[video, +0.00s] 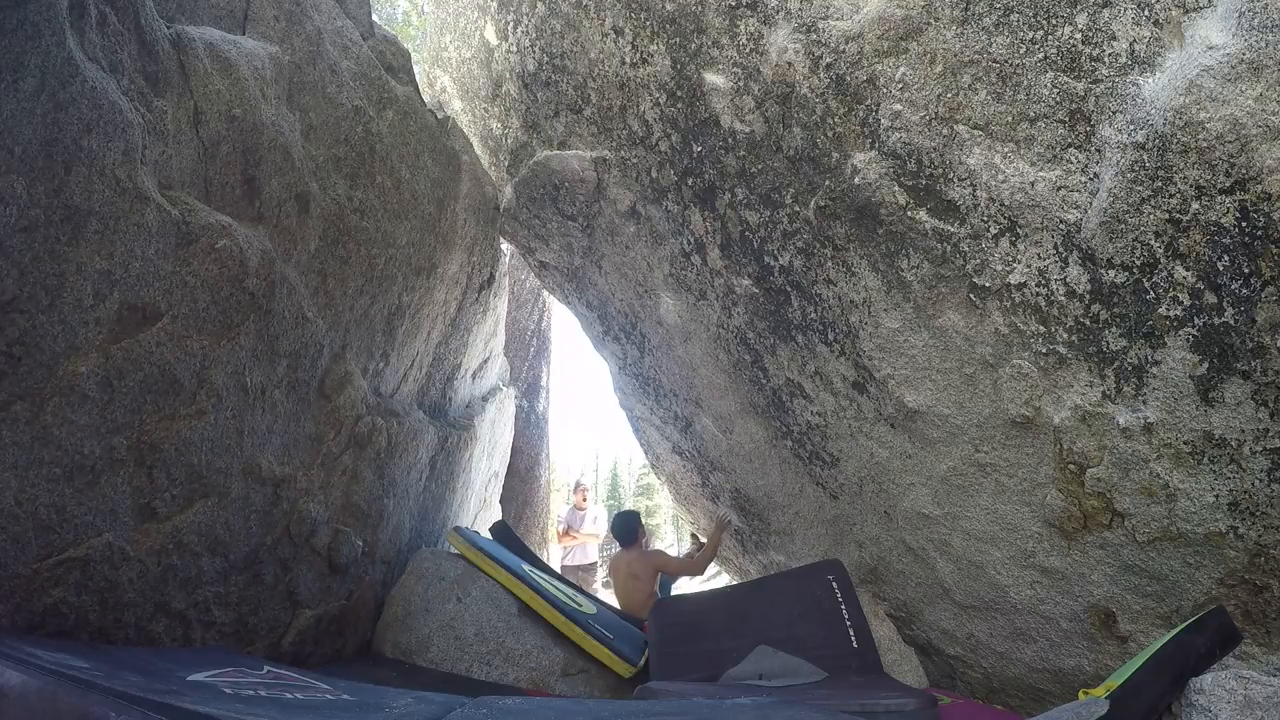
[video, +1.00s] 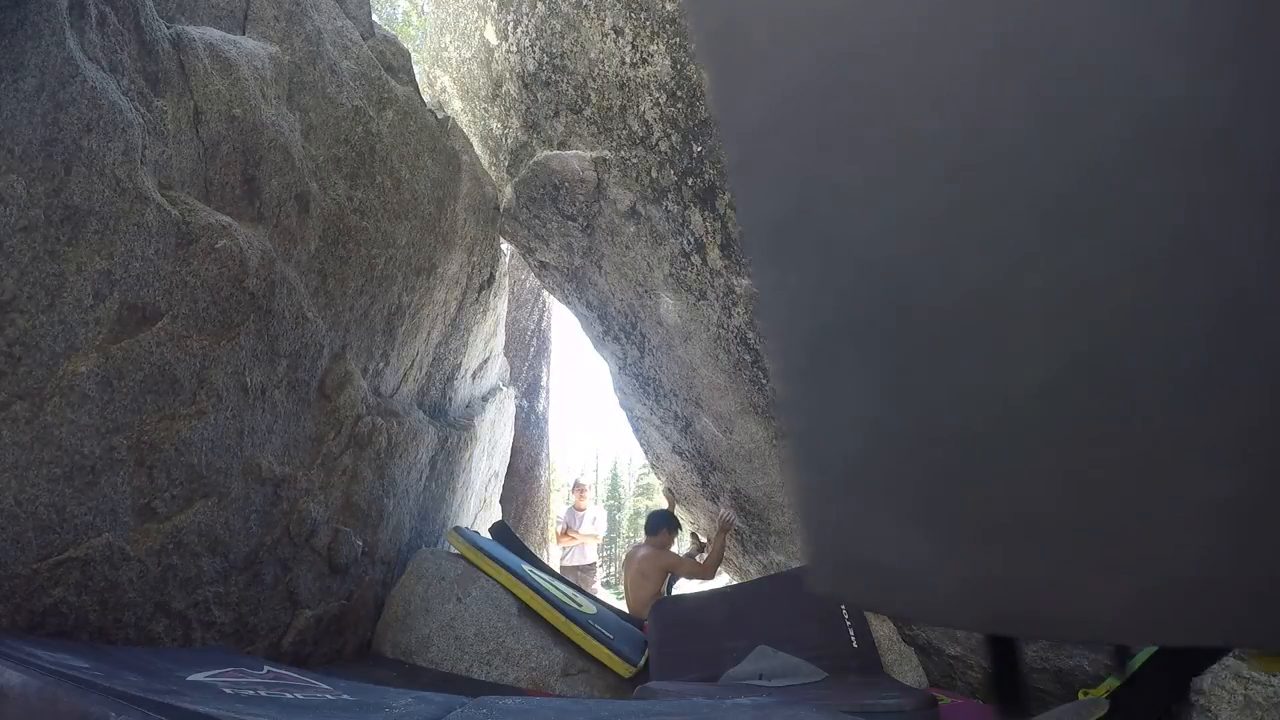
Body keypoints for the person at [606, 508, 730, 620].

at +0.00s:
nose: (645, 530)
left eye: (642, 527)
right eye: (643, 527)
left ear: (617, 537)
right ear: (640, 533)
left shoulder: (615, 561)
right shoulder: (651, 558)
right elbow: (697, 568)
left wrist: (689, 556)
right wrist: (717, 532)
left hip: (630, 622)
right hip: (653, 624)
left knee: (664, 577)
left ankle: (692, 552)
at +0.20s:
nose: (652, 524)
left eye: (651, 521)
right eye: (651, 522)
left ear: (627, 533)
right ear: (649, 528)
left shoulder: (624, 556)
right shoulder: (660, 556)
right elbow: (704, 571)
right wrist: (721, 533)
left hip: (633, 620)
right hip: (655, 623)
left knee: (670, 574)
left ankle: (693, 551)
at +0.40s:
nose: (659, 524)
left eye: (658, 522)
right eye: (657, 522)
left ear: (634, 533)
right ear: (656, 530)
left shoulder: (631, 553)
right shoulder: (664, 555)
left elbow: (657, 532)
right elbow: (707, 572)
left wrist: (666, 508)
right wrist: (721, 534)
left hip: (635, 621)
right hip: (657, 623)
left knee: (671, 573)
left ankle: (693, 551)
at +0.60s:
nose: (666, 527)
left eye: (665, 524)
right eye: (665, 524)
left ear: (640, 531)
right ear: (660, 529)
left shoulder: (632, 553)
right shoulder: (665, 556)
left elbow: (663, 529)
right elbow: (709, 572)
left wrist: (669, 506)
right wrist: (722, 533)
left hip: (636, 622)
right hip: (656, 624)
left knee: (671, 575)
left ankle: (694, 550)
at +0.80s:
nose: (671, 533)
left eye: (671, 529)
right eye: (671, 529)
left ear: (646, 530)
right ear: (664, 531)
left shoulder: (632, 552)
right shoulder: (663, 557)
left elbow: (654, 530)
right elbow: (708, 572)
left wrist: (670, 506)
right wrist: (722, 533)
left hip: (636, 621)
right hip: (655, 623)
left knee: (672, 573)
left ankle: (694, 550)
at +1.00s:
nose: (673, 541)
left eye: (674, 537)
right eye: (673, 536)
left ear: (648, 530)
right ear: (664, 533)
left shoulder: (632, 552)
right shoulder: (662, 557)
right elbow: (708, 572)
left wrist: (671, 506)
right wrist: (721, 533)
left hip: (636, 621)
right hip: (654, 624)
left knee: (671, 573)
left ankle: (694, 550)